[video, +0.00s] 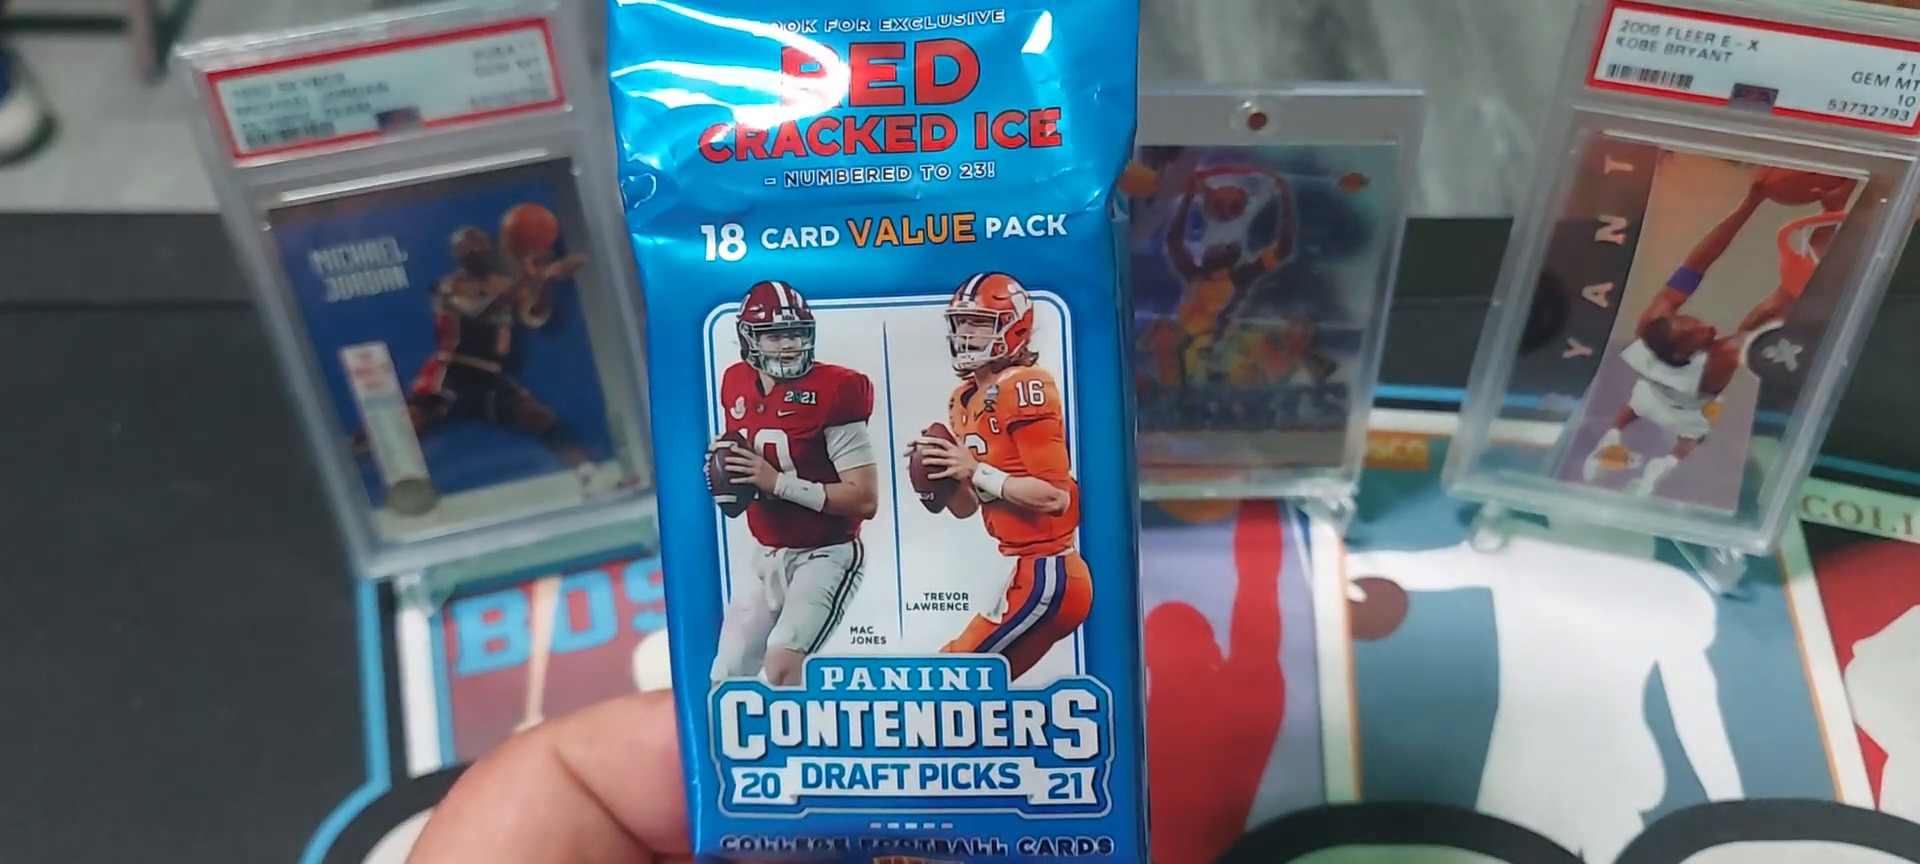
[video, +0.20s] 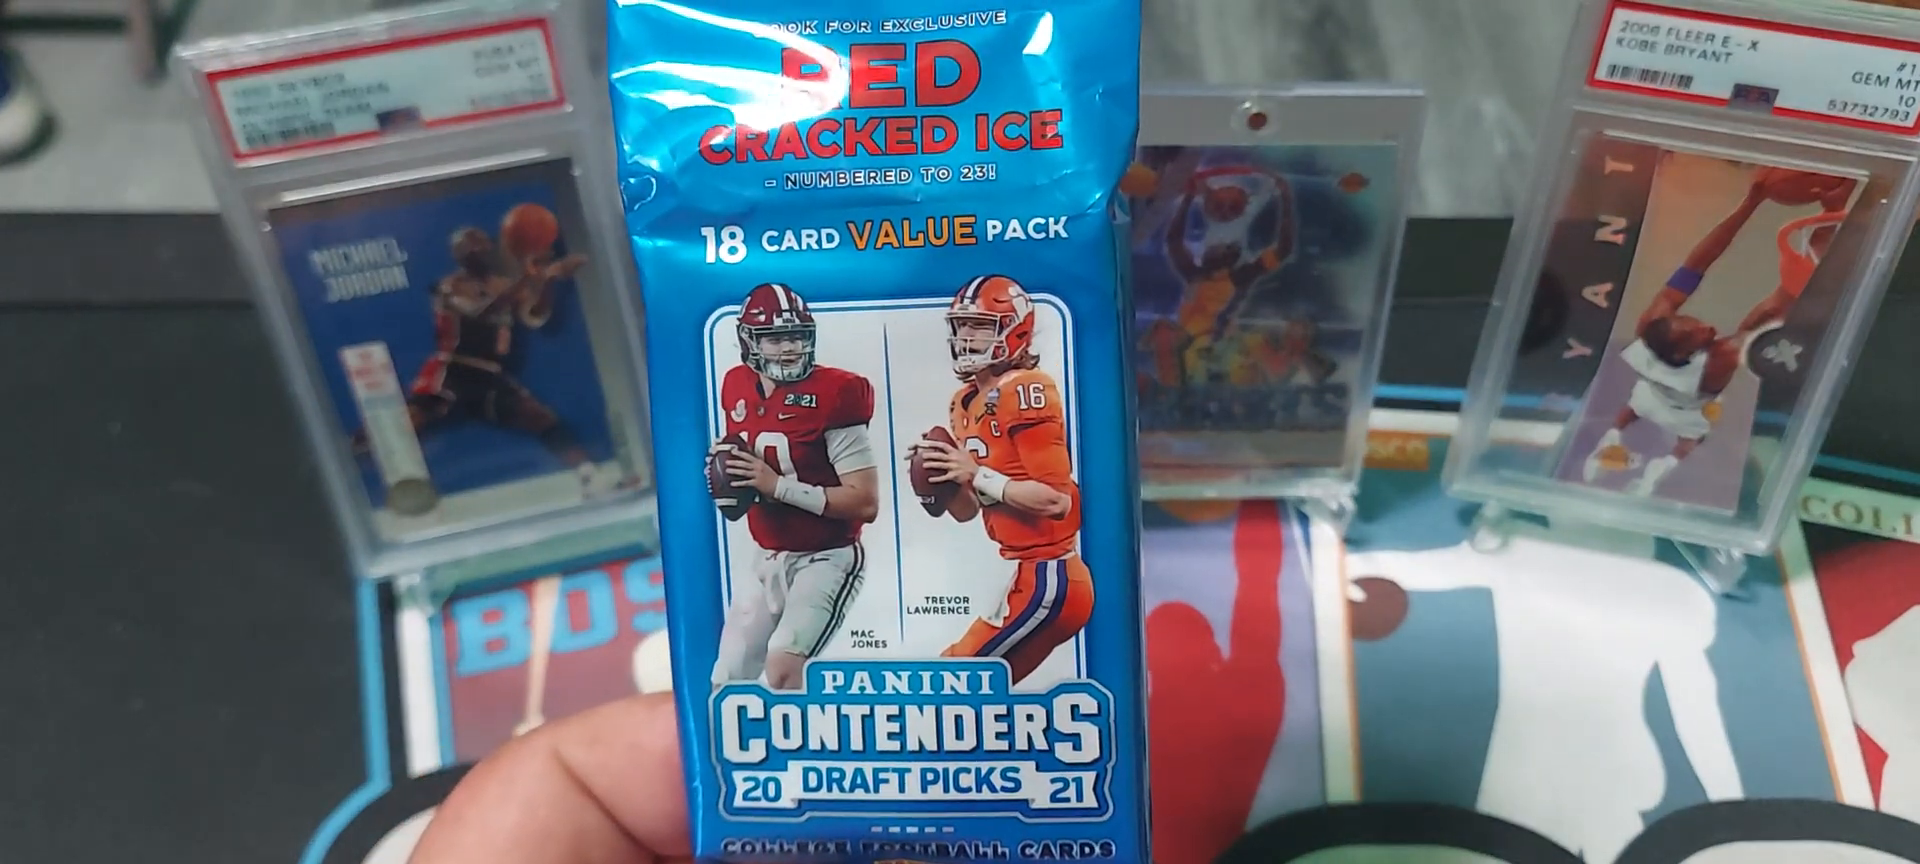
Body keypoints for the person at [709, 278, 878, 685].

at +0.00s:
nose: (787, 346)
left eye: (795, 335)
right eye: (775, 336)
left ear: (808, 336)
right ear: (750, 339)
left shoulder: (837, 390)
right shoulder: (736, 382)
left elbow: (864, 499)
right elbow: (739, 457)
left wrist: (776, 481)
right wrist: (722, 467)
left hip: (828, 555)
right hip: (766, 557)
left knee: (780, 669)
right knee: (726, 678)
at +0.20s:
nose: (787, 348)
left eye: (795, 337)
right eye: (775, 339)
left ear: (809, 338)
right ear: (750, 341)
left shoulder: (838, 393)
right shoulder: (737, 385)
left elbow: (865, 503)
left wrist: (776, 485)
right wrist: (723, 471)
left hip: (829, 558)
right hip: (767, 560)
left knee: (782, 671)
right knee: (727, 682)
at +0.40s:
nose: (795, 349)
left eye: (803, 338)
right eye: (783, 339)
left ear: (817, 339)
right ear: (759, 342)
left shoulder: (844, 393)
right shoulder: (746, 385)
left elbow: (871, 503)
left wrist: (784, 485)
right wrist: (730, 470)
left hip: (835, 559)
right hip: (774, 561)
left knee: (787, 673)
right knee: (733, 682)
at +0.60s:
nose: (795, 356)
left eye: (803, 345)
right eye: (782, 347)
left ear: (816, 346)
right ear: (758, 350)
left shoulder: (844, 401)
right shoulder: (745, 393)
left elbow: (870, 510)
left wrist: (784, 493)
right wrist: (730, 480)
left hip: (835, 565)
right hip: (774, 568)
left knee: (786, 681)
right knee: (732, 691)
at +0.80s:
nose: (812, 380)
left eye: (821, 370)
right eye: (800, 370)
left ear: (833, 371)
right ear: (776, 374)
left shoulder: (861, 425)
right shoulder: (762, 416)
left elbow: (885, 536)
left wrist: (798, 517)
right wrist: (745, 504)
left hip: (849, 590)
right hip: (786, 592)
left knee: (798, 703)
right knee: (744, 713)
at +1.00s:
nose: (813, 366)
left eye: (821, 355)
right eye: (800, 356)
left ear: (834, 357)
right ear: (776, 359)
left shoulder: (860, 411)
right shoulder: (762, 402)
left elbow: (885, 521)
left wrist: (798, 502)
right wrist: (745, 490)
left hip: (849, 576)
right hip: (788, 578)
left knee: (799, 689)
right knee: (744, 701)